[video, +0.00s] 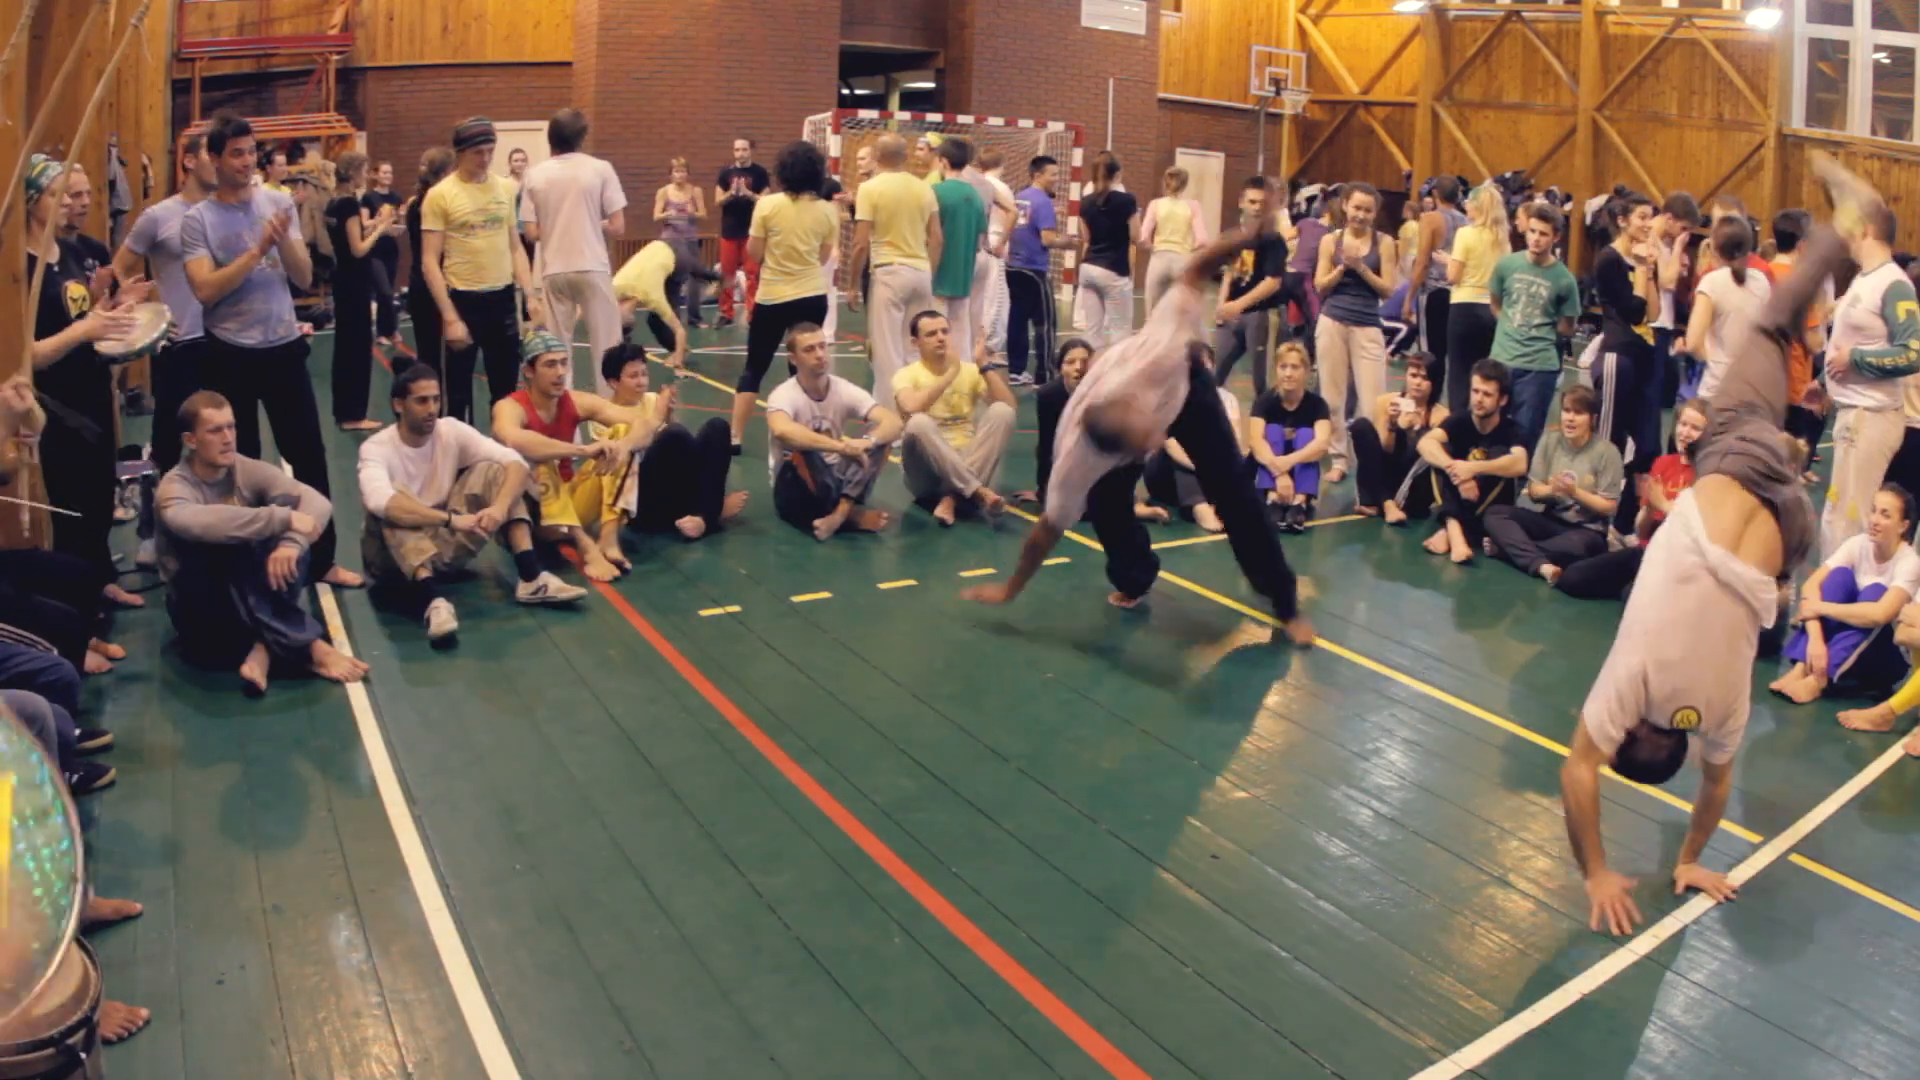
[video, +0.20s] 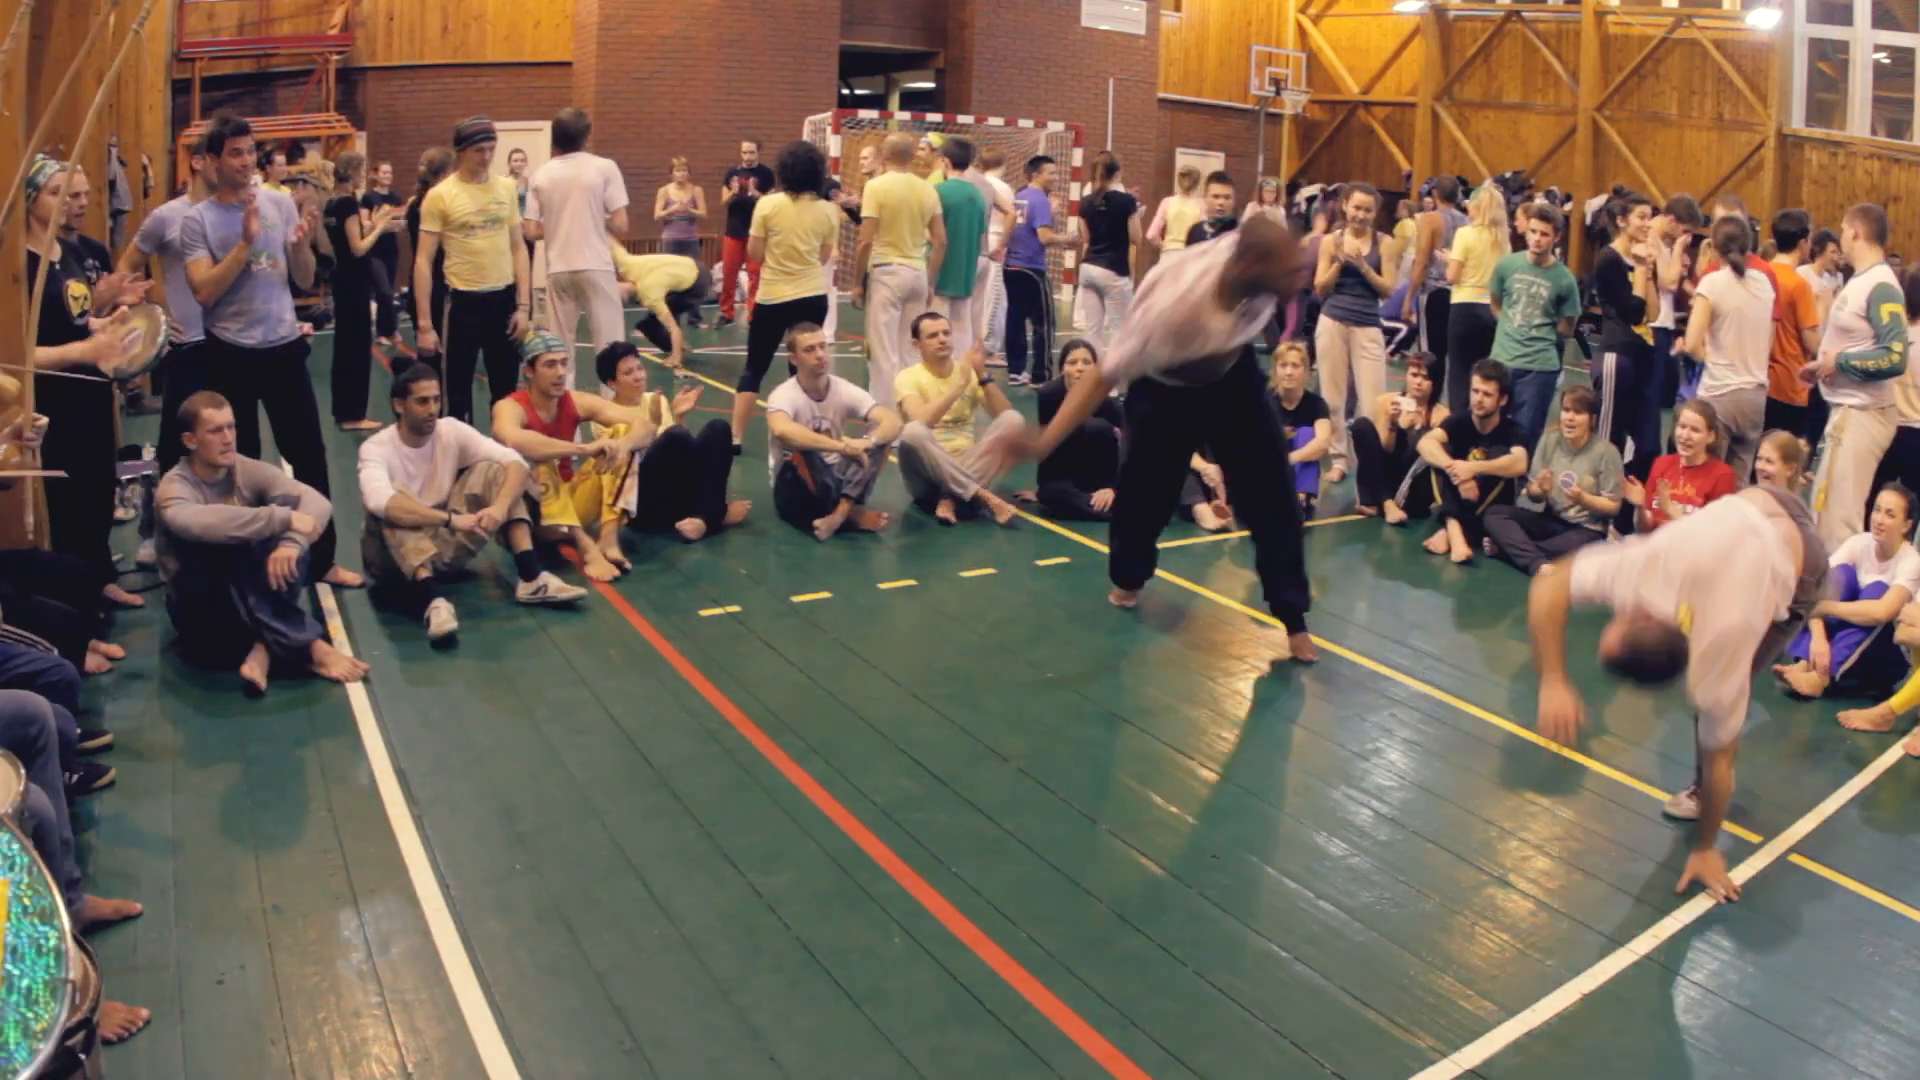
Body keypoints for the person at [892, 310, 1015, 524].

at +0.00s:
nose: (940, 338)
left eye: (944, 332)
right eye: (931, 334)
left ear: (950, 335)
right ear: (916, 342)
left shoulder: (969, 371)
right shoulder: (906, 376)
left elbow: (1008, 407)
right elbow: (911, 406)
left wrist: (985, 367)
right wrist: (950, 374)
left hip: (969, 475)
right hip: (926, 477)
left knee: (1003, 411)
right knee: (918, 423)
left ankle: (952, 497)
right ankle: (978, 490)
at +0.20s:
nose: (942, 340)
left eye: (946, 334)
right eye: (933, 336)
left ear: (952, 337)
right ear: (917, 344)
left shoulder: (967, 371)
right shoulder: (907, 378)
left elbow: (1005, 415)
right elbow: (922, 420)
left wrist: (983, 375)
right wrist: (961, 384)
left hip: (969, 471)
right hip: (928, 475)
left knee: (1013, 420)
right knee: (913, 432)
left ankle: (952, 498)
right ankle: (984, 496)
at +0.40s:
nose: (947, 342)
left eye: (951, 335)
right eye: (937, 338)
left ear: (957, 339)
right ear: (921, 346)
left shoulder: (970, 373)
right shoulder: (911, 382)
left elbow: (1005, 425)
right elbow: (929, 427)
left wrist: (985, 380)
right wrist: (969, 391)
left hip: (972, 466)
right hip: (932, 471)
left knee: (1024, 431)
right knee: (915, 441)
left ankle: (954, 499)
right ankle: (990, 501)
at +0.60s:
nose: (956, 344)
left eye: (958, 337)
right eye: (946, 339)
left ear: (963, 339)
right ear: (927, 345)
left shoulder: (975, 375)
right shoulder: (913, 383)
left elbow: (1007, 429)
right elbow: (928, 431)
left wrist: (991, 377)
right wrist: (954, 386)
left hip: (973, 466)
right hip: (933, 467)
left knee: (1031, 442)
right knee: (915, 445)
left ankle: (953, 500)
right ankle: (989, 501)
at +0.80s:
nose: (972, 348)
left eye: (971, 341)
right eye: (966, 342)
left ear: (947, 345)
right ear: (944, 345)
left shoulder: (976, 377)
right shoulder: (915, 383)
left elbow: (1005, 432)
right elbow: (925, 436)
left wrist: (991, 386)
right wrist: (954, 388)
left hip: (973, 466)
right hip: (934, 467)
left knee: (1028, 440)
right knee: (913, 447)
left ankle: (953, 500)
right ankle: (986, 501)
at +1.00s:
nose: (976, 348)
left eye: (974, 342)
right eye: (969, 342)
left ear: (948, 346)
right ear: (947, 346)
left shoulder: (978, 377)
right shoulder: (915, 384)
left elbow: (1002, 433)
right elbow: (934, 443)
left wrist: (992, 383)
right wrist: (953, 392)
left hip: (974, 465)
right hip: (936, 468)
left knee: (1030, 441)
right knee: (910, 448)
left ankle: (951, 501)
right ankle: (986, 503)